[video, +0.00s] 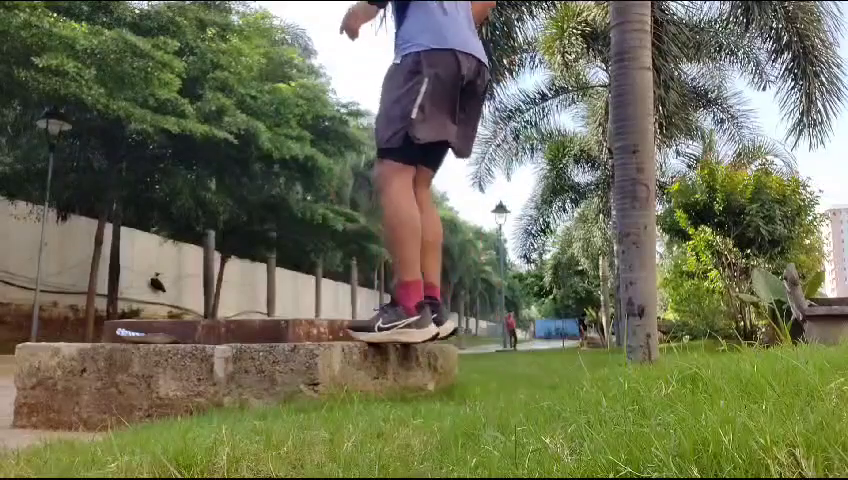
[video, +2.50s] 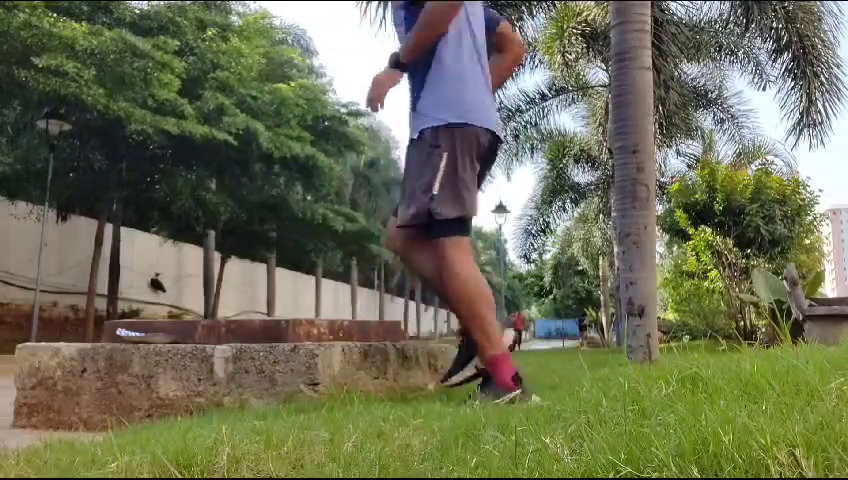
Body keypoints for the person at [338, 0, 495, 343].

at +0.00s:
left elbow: (368, 8)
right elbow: (485, 4)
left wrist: (353, 20)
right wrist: (452, 30)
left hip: (426, 50)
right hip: (472, 58)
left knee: (394, 176)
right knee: (421, 184)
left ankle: (408, 306)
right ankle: (431, 306)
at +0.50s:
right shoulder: (476, 5)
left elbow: (457, 3)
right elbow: (511, 38)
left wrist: (403, 55)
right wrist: (469, 89)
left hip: (442, 107)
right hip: (475, 113)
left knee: (426, 242)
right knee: (431, 243)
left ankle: (496, 368)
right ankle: (478, 364)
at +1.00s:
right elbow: (478, 5)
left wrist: (366, 7)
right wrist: (442, 37)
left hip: (423, 50)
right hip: (467, 59)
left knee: (385, 174)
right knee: (412, 183)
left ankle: (394, 306)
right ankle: (430, 305)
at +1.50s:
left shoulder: (425, 4)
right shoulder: (476, 5)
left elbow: (436, 3)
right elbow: (511, 34)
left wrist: (395, 33)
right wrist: (476, 89)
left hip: (441, 107)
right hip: (474, 113)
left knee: (439, 245)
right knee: (406, 242)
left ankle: (497, 374)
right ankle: (489, 338)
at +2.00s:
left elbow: (375, 5)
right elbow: (473, 10)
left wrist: (361, 10)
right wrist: (450, 42)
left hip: (419, 49)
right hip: (467, 57)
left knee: (387, 173)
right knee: (413, 182)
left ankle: (391, 306)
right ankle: (440, 301)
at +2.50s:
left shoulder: (419, 2)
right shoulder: (474, 7)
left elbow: (448, 5)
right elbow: (513, 48)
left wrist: (395, 66)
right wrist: (470, 93)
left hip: (447, 117)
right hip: (483, 123)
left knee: (452, 249)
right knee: (402, 235)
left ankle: (504, 379)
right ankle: (477, 326)